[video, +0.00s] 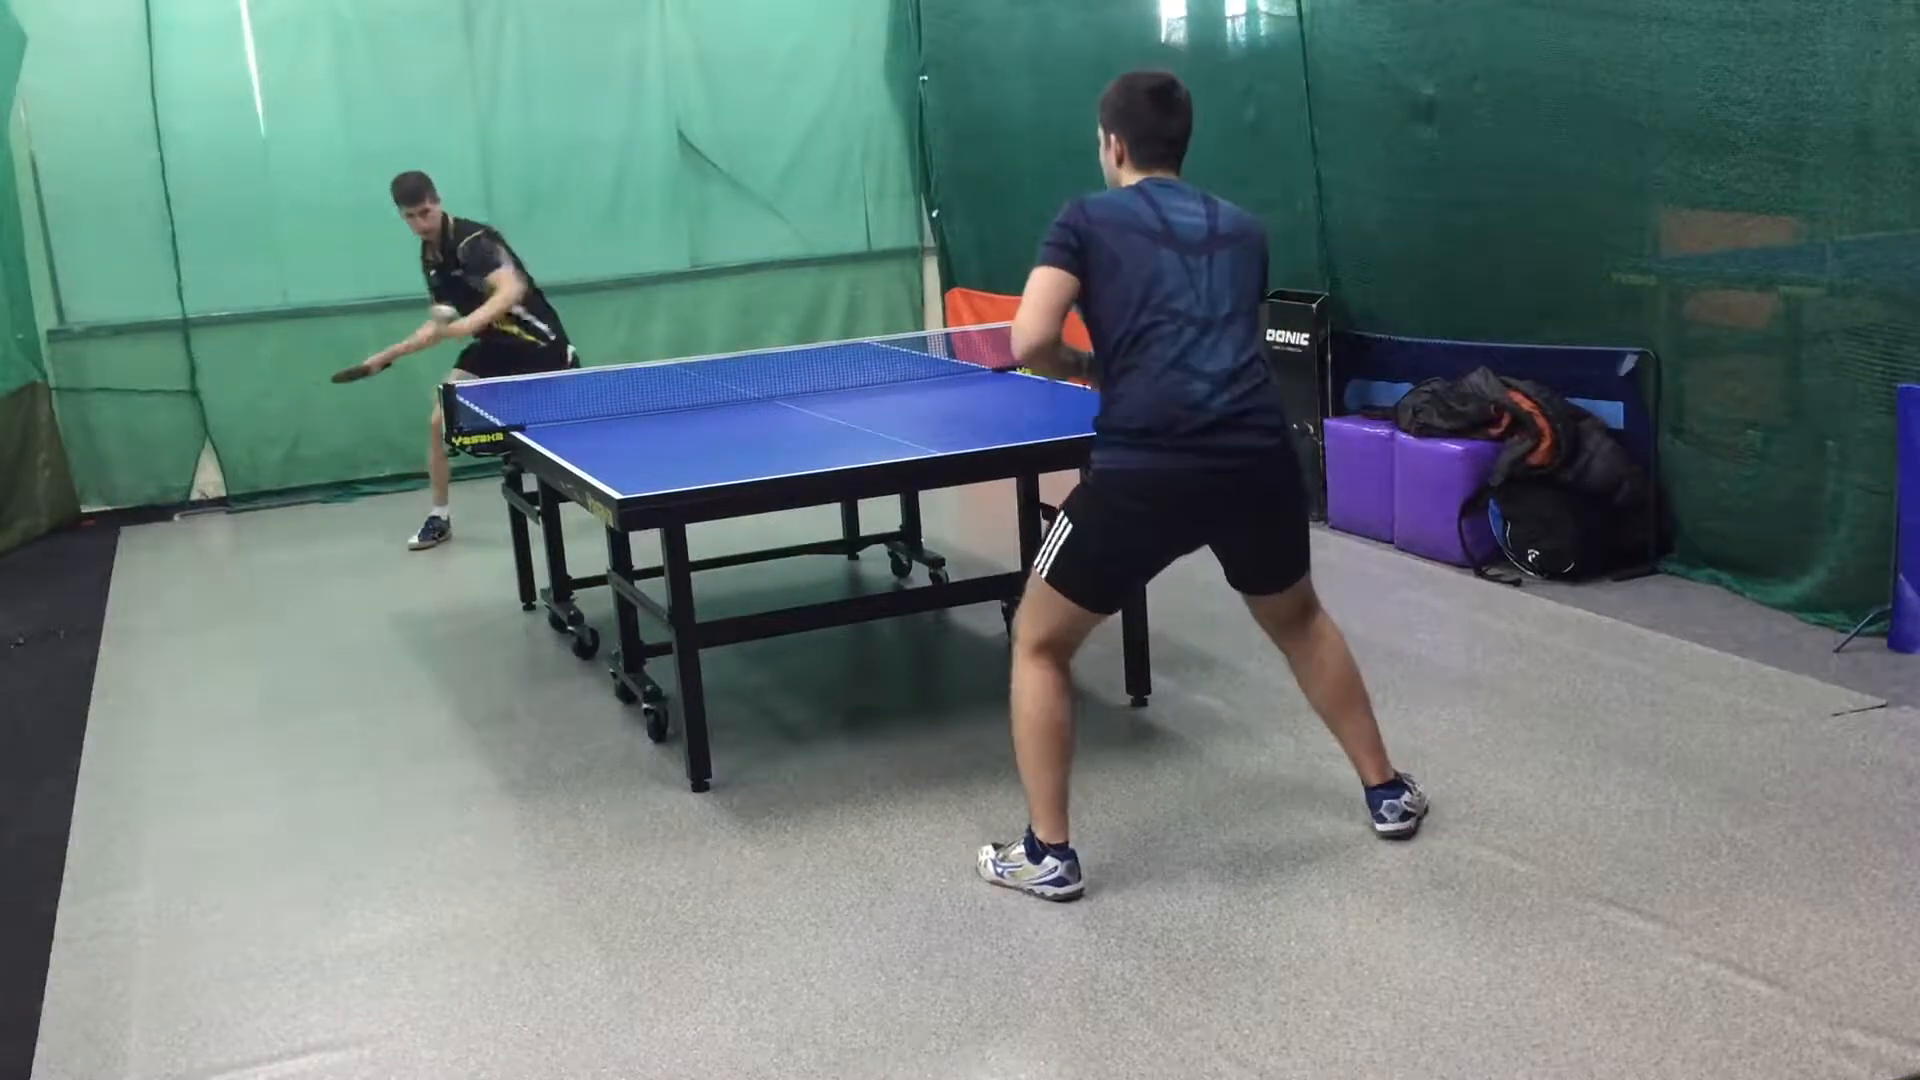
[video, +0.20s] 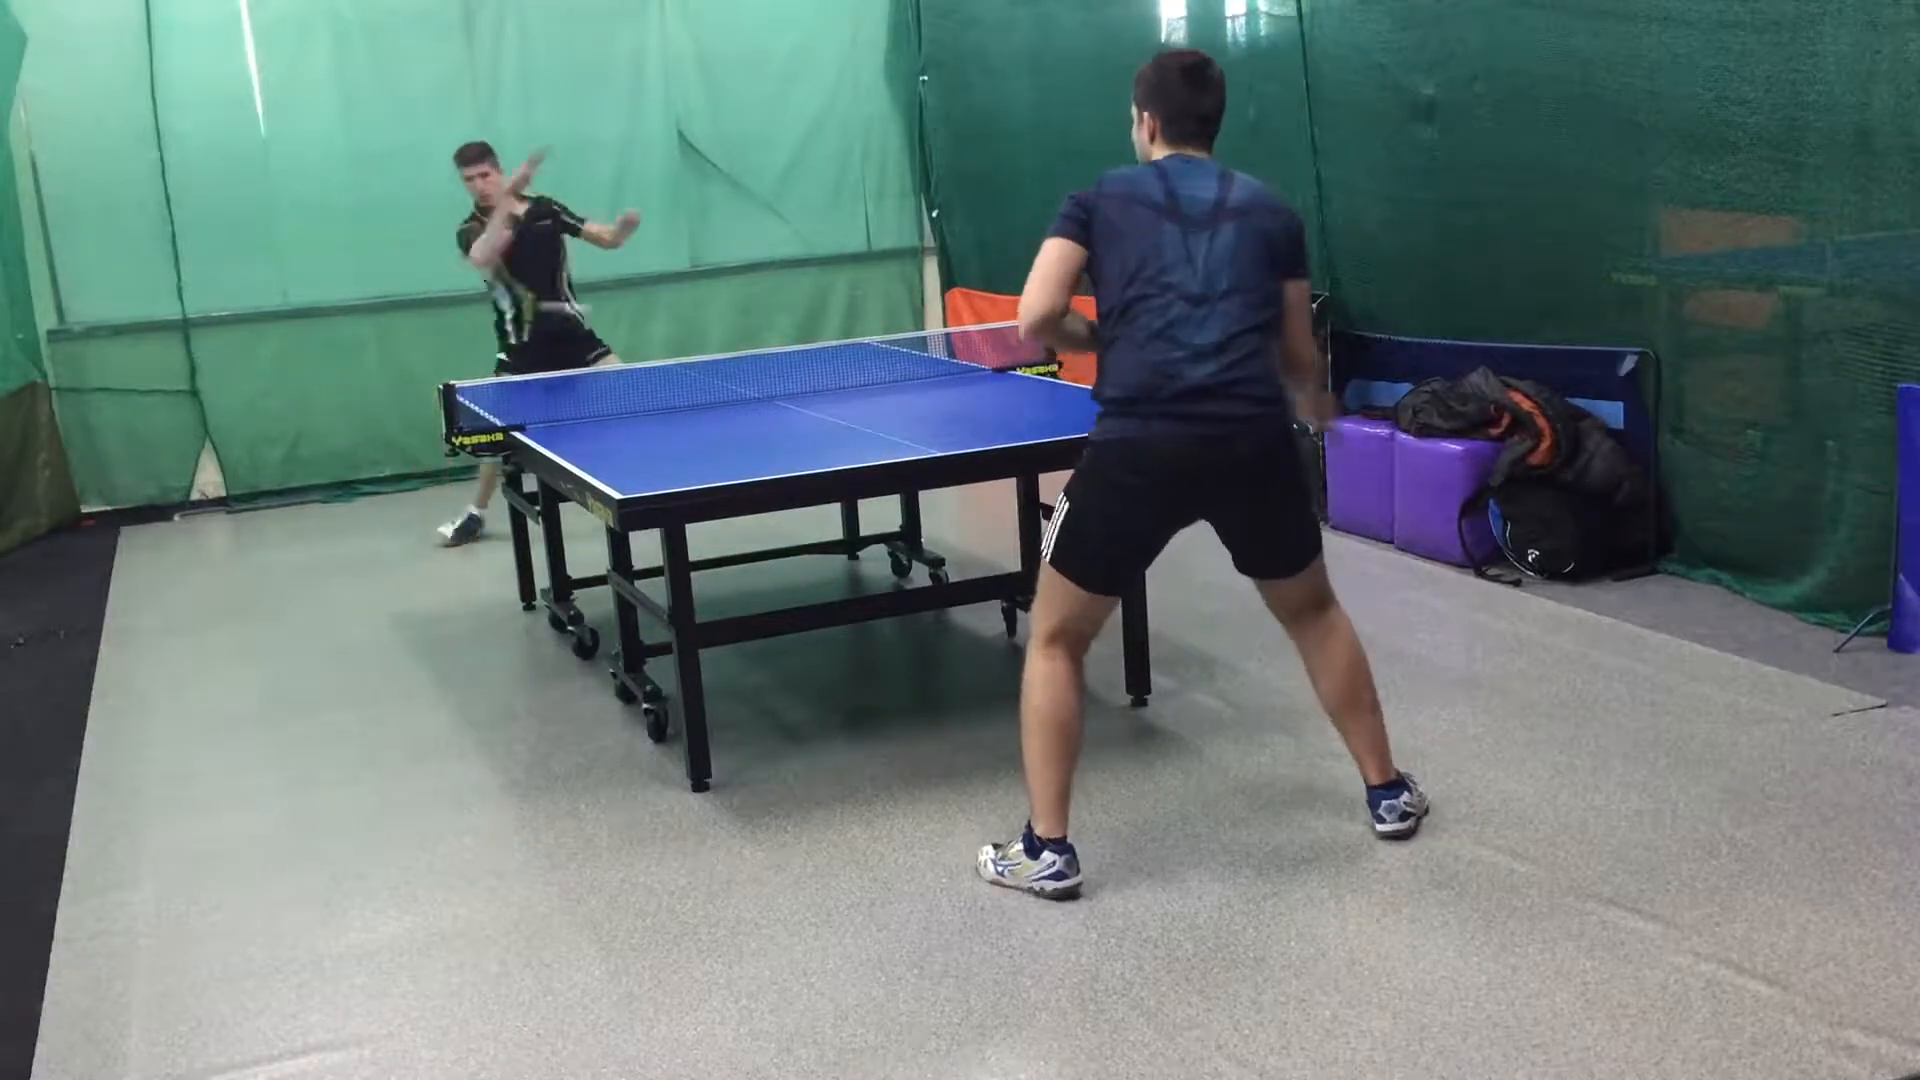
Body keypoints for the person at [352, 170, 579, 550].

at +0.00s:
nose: (421, 224)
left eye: (426, 213)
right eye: (411, 217)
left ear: (439, 202)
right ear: (403, 216)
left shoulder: (475, 240)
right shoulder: (430, 253)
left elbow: (513, 289)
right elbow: (443, 317)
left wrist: (461, 326)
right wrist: (394, 352)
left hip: (543, 345)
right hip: (494, 344)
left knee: (567, 425)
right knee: (441, 419)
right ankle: (439, 515)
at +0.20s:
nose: (478, 186)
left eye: (484, 176)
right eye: (470, 180)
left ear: (503, 174)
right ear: (464, 185)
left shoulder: (542, 209)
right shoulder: (471, 230)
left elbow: (602, 238)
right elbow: (482, 258)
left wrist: (620, 231)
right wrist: (510, 201)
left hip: (569, 332)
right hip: (520, 343)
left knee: (629, 390)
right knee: (498, 425)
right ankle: (477, 511)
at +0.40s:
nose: (518, 181)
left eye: (522, 172)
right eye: (508, 176)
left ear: (533, 170)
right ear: (497, 180)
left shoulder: (563, 209)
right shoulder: (499, 227)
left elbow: (618, 246)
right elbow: (509, 279)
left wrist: (655, 250)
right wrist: (549, 232)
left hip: (574, 335)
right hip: (525, 348)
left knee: (635, 384)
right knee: (495, 435)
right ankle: (465, 511)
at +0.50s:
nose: (504, 176)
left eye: (509, 166)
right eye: (495, 170)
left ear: (519, 163)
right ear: (482, 173)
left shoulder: (556, 206)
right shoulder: (478, 225)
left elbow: (607, 246)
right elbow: (473, 286)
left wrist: (640, 268)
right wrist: (503, 266)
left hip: (568, 328)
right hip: (510, 338)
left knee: (617, 398)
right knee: (473, 416)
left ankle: (635, 491)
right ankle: (454, 512)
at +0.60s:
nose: (481, 183)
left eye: (486, 174)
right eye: (471, 177)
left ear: (496, 171)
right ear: (459, 181)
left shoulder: (531, 212)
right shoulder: (454, 231)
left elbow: (579, 267)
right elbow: (446, 307)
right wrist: (474, 300)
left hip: (550, 322)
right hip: (500, 330)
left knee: (603, 396)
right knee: (464, 410)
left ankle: (624, 490)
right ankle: (451, 510)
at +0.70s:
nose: (462, 196)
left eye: (466, 186)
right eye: (452, 190)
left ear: (476, 181)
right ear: (439, 193)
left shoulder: (510, 224)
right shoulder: (441, 240)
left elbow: (543, 293)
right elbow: (438, 303)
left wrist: (512, 335)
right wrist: (414, 332)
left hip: (541, 318)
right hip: (494, 325)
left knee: (586, 395)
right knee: (457, 403)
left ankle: (613, 489)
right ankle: (450, 511)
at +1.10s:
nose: (491, 161)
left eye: (496, 152)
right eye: (481, 154)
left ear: (505, 152)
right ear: (466, 158)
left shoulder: (533, 200)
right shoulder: (461, 214)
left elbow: (568, 265)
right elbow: (474, 275)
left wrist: (543, 309)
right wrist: (470, 314)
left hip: (555, 311)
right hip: (506, 320)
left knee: (598, 396)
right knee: (463, 402)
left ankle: (625, 492)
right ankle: (453, 510)